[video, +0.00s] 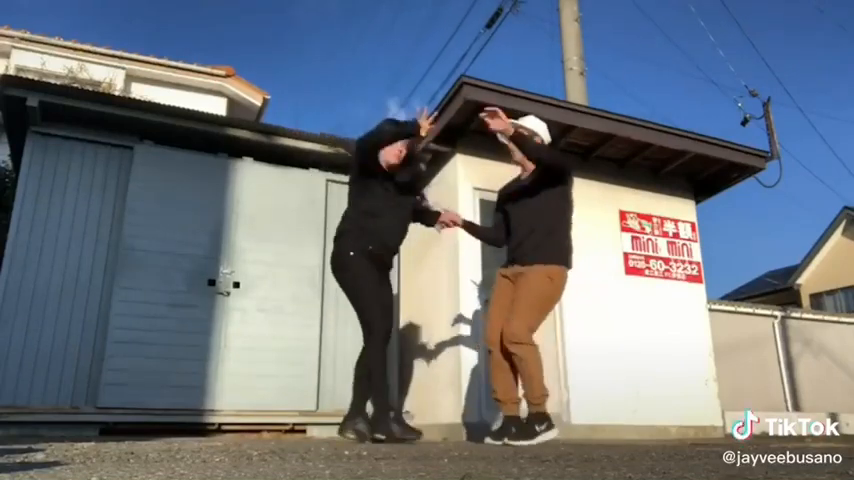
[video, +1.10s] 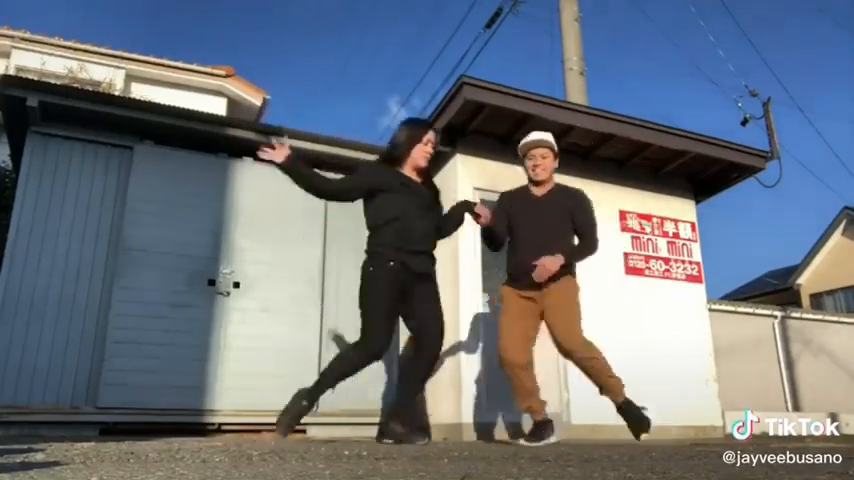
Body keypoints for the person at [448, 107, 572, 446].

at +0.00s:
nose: (512, 149)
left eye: (518, 142)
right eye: (510, 144)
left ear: (536, 144)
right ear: (512, 150)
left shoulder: (559, 174)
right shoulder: (508, 192)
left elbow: (545, 155)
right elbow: (499, 237)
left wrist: (511, 129)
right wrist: (462, 222)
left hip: (546, 269)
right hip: (511, 270)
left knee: (517, 334)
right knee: (495, 338)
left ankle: (540, 416)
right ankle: (511, 417)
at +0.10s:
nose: (515, 148)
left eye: (520, 142)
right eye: (514, 143)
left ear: (540, 144)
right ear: (517, 148)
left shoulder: (561, 175)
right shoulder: (510, 193)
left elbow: (556, 213)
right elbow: (495, 237)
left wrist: (525, 180)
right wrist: (459, 222)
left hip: (555, 269)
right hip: (518, 274)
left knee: (531, 328)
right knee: (501, 341)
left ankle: (563, 404)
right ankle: (513, 421)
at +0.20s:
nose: (523, 147)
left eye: (529, 141)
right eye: (522, 143)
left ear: (549, 144)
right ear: (523, 150)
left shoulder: (573, 179)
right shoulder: (515, 194)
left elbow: (596, 222)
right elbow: (492, 230)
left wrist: (565, 234)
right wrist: (459, 219)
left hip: (567, 278)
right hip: (525, 280)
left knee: (579, 340)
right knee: (508, 345)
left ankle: (616, 399)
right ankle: (514, 424)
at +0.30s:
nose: (539, 146)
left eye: (544, 139)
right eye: (535, 142)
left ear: (564, 141)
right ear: (534, 149)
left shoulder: (592, 179)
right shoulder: (524, 189)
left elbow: (613, 219)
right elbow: (497, 224)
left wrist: (599, 248)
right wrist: (463, 215)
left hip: (588, 279)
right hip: (541, 281)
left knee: (623, 342)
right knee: (522, 346)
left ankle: (650, 414)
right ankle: (516, 422)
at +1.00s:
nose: (555, 156)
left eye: (562, 150)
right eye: (549, 151)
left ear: (574, 153)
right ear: (543, 157)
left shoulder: (596, 191)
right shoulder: (528, 193)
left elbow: (616, 236)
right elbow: (507, 232)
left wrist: (596, 258)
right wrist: (485, 216)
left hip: (582, 287)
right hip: (536, 288)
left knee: (617, 347)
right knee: (521, 346)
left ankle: (654, 419)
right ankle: (536, 417)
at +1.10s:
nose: (536, 163)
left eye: (543, 157)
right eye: (530, 158)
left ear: (555, 161)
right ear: (524, 164)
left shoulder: (574, 199)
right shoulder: (509, 200)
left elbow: (590, 243)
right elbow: (496, 245)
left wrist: (561, 260)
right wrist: (488, 225)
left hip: (559, 287)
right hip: (518, 290)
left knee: (571, 343)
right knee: (512, 354)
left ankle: (621, 402)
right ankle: (540, 421)